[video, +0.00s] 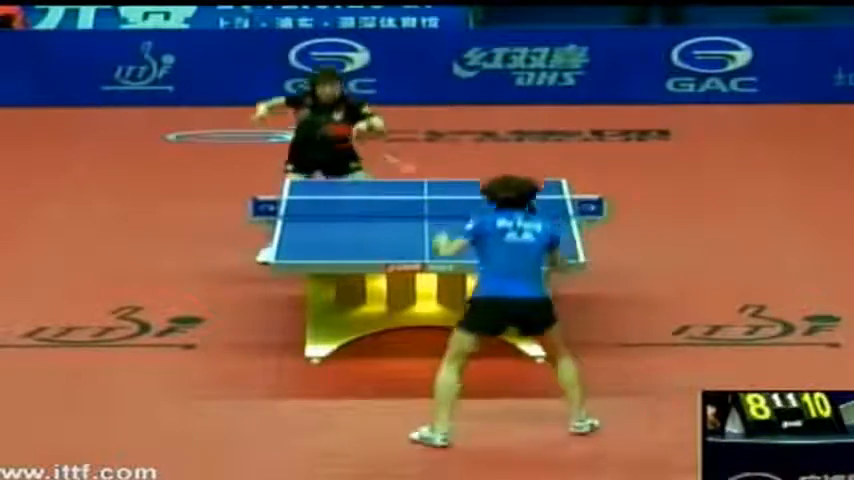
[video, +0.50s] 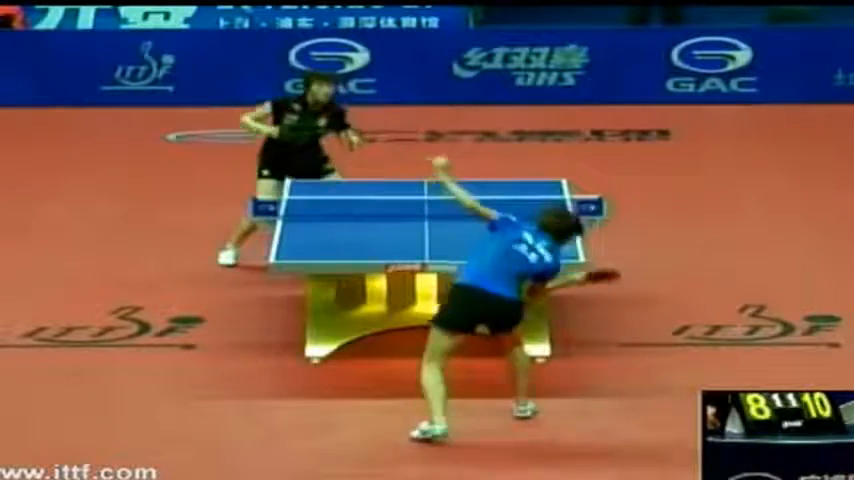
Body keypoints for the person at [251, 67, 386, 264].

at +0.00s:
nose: (327, 92)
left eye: (332, 86)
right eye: (323, 86)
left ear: (340, 88)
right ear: (315, 88)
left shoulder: (350, 106)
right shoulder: (305, 101)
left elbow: (378, 124)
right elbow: (279, 104)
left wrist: (366, 127)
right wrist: (264, 109)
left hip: (342, 165)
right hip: (303, 164)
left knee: (371, 197)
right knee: (289, 204)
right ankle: (277, 245)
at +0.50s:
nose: (326, 92)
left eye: (329, 86)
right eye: (321, 86)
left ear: (333, 90)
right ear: (310, 88)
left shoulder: (333, 113)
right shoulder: (287, 105)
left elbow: (349, 145)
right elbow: (247, 119)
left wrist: (352, 137)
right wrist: (269, 130)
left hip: (311, 158)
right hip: (276, 159)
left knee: (341, 197)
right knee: (265, 210)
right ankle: (232, 247)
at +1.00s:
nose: (318, 124)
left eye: (323, 120)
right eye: (315, 118)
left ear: (329, 120)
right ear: (306, 115)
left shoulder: (332, 131)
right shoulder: (284, 123)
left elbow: (361, 155)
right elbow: (239, 132)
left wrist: (350, 165)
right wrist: (252, 143)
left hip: (306, 176)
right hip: (273, 172)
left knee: (316, 213)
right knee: (259, 210)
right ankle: (224, 247)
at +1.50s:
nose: (322, 94)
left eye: (326, 88)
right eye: (318, 88)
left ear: (333, 88)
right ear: (309, 87)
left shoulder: (339, 105)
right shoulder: (294, 94)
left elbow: (368, 133)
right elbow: (261, 102)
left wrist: (354, 129)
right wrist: (248, 114)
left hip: (319, 156)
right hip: (284, 154)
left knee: (340, 201)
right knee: (260, 205)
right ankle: (225, 245)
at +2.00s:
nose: (299, 85)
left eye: (301, 81)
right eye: (294, 79)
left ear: (303, 84)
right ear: (281, 80)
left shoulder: (301, 108)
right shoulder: (255, 98)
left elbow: (316, 135)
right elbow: (212, 108)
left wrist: (328, 134)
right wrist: (240, 118)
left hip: (270, 153)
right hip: (239, 153)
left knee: (298, 190)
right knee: (226, 209)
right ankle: (196, 247)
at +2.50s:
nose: (255, 119)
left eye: (255, 113)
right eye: (251, 113)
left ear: (233, 115)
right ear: (237, 114)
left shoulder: (216, 128)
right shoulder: (236, 131)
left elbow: (189, 134)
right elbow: (258, 153)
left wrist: (175, 137)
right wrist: (263, 154)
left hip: (191, 180)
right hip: (174, 179)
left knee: (239, 209)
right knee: (189, 234)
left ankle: (222, 254)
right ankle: (144, 273)